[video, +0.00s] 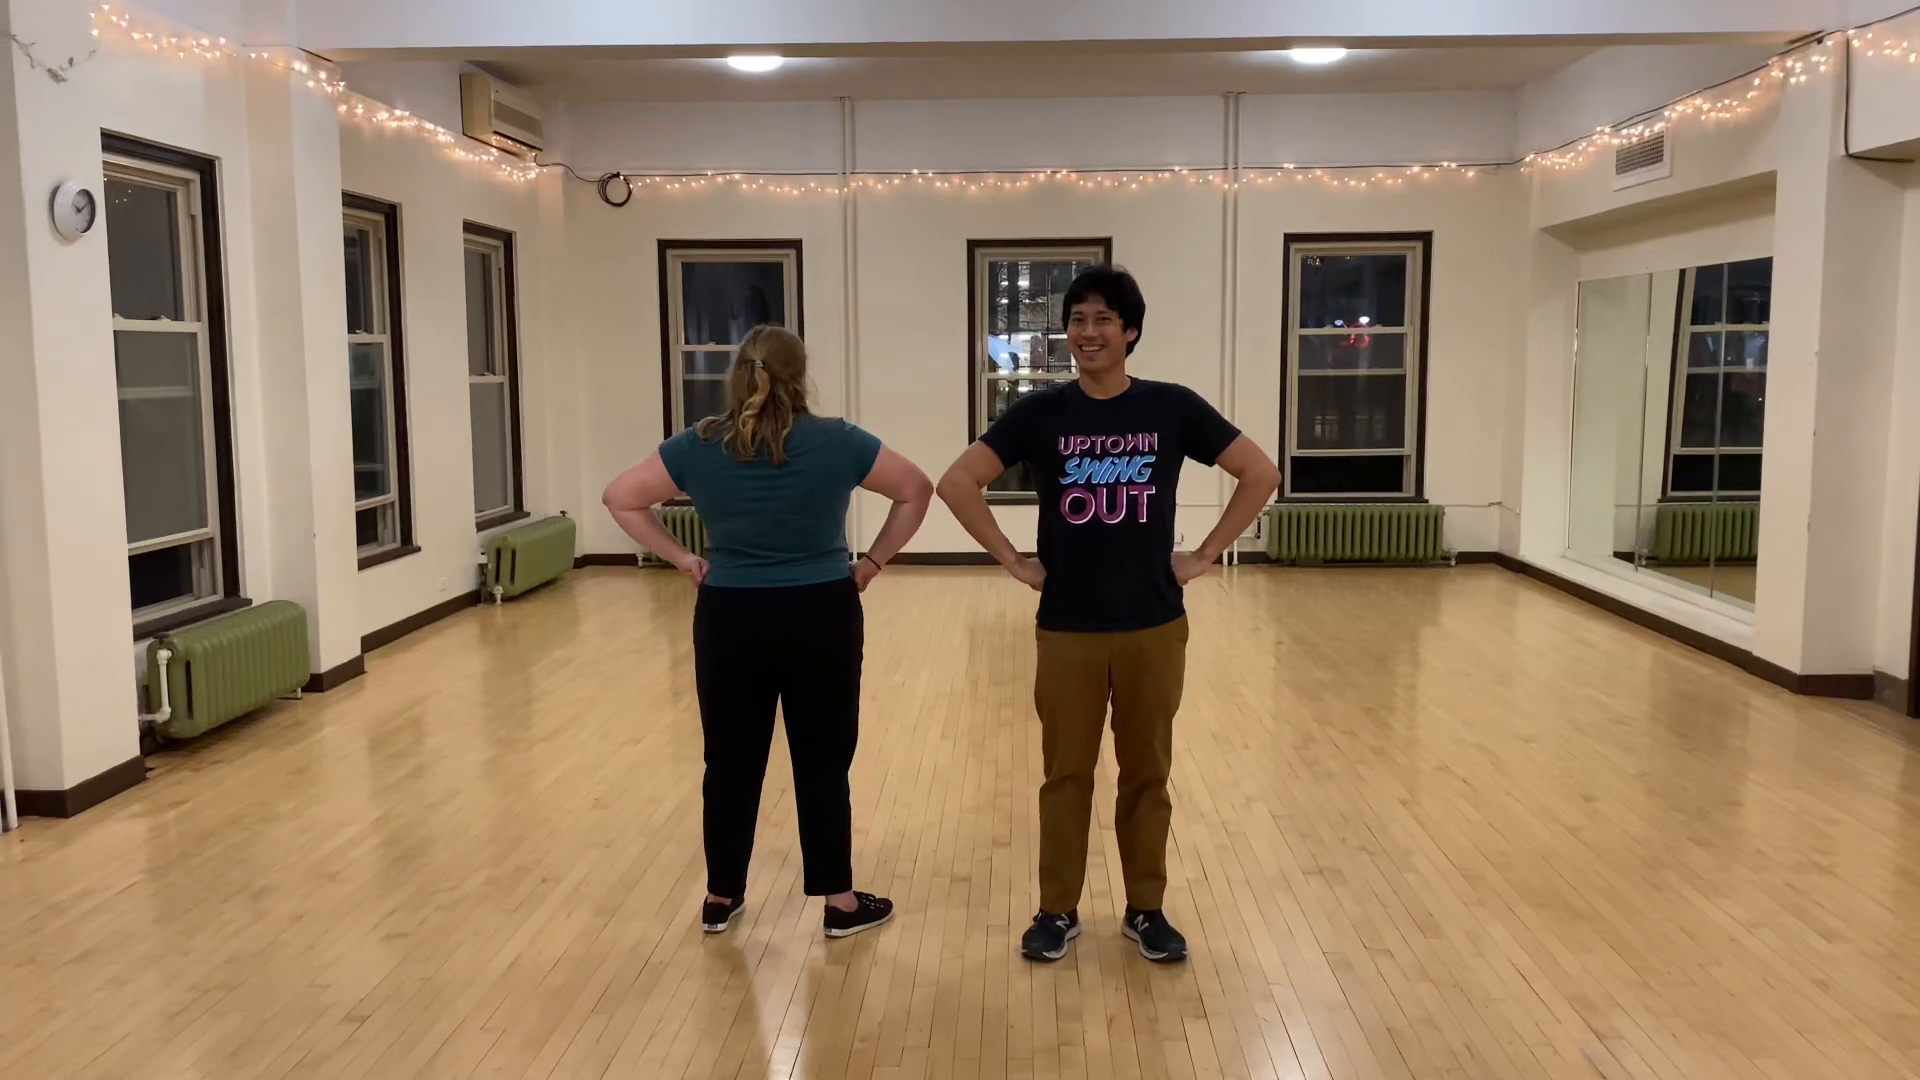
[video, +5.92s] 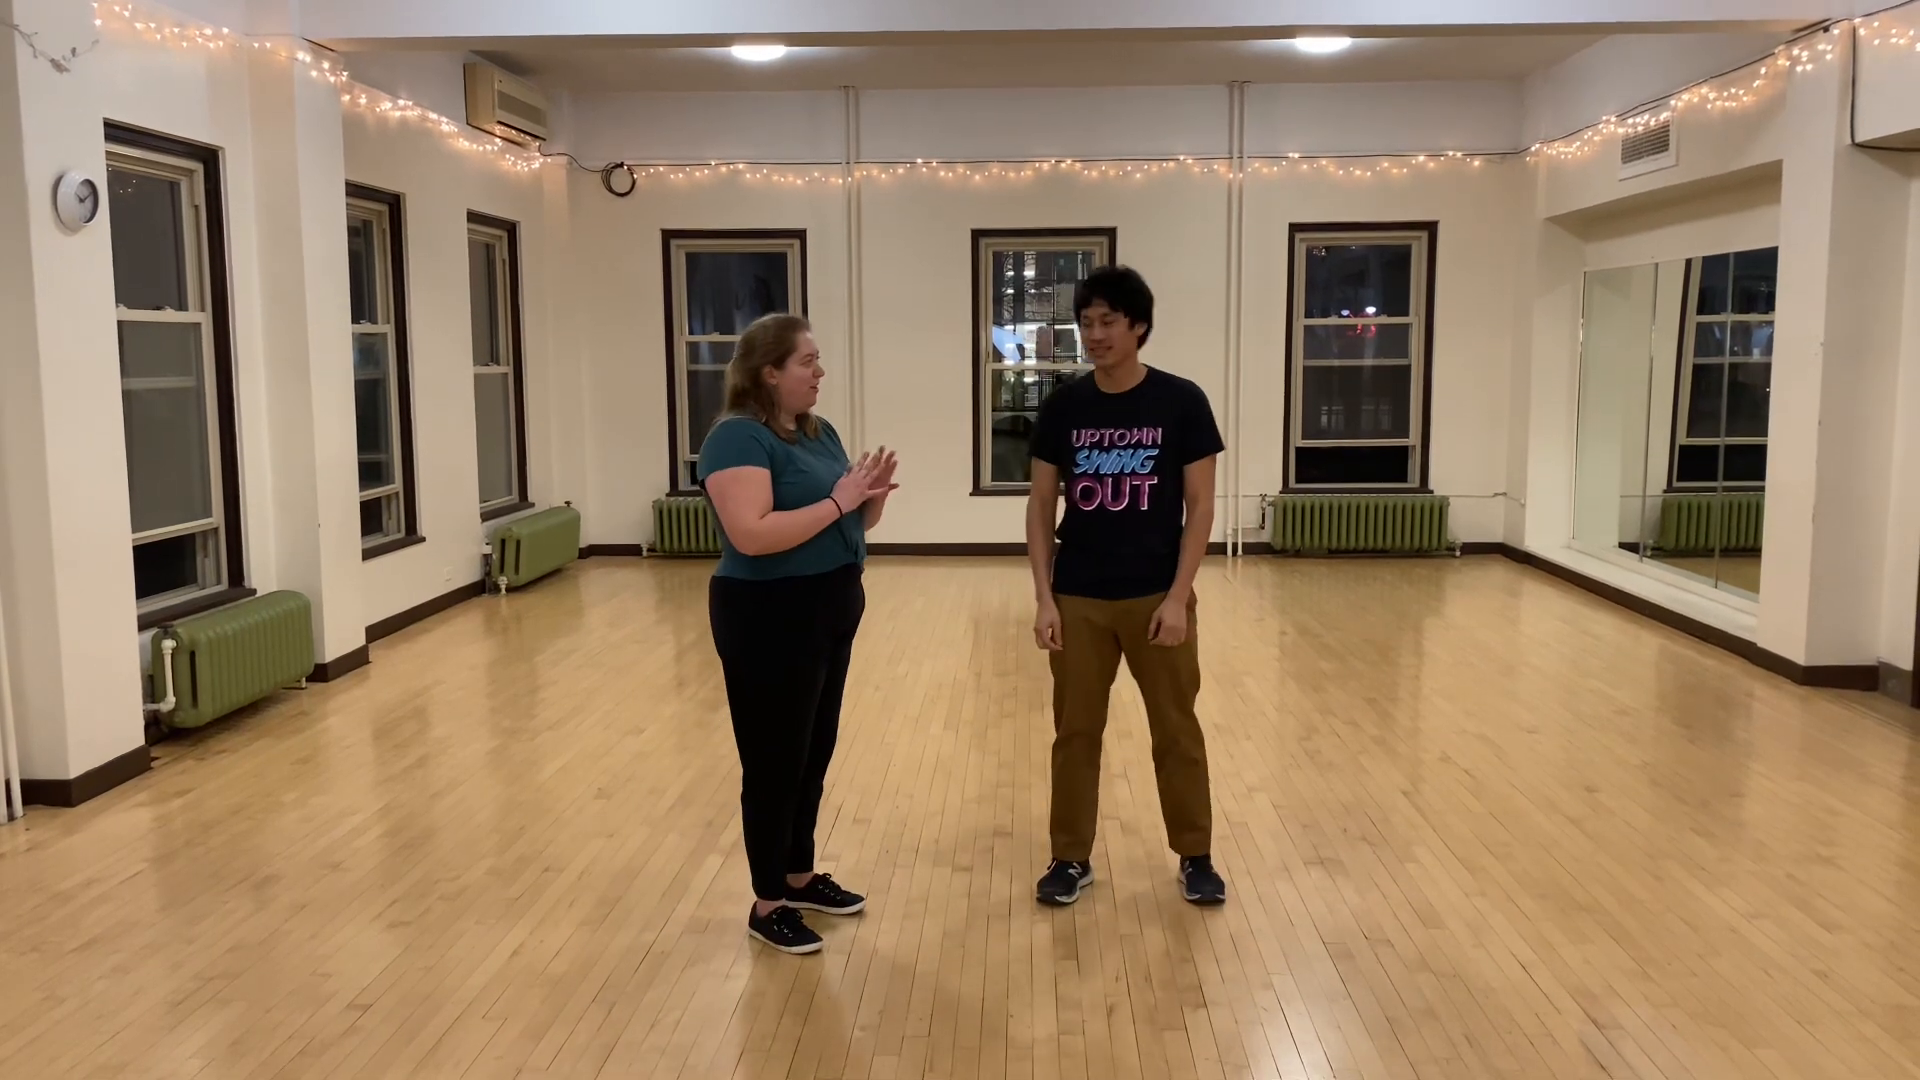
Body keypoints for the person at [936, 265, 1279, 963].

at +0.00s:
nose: (1088, 332)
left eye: (1103, 320)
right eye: (1078, 320)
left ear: (1130, 332)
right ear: (1065, 331)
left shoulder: (1172, 407)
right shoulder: (1040, 414)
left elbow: (1262, 474)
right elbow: (956, 483)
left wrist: (1202, 555)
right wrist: (1013, 559)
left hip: (1154, 620)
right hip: (1068, 623)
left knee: (1147, 774)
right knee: (1067, 774)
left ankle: (1146, 910)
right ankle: (1056, 912)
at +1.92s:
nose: (1124, 330)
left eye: (1138, 318)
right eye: (1112, 319)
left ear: (1165, 326)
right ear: (1099, 329)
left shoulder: (1203, 405)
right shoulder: (1079, 408)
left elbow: (1287, 481)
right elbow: (1029, 487)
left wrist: (1226, 554)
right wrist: (959, 484)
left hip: (1167, 620)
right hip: (1083, 619)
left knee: (1164, 767)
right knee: (1081, 766)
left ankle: (1164, 902)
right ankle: (1076, 901)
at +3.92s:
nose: (1093, 345)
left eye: (1108, 331)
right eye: (1084, 332)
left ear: (1137, 337)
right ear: (1074, 340)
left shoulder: (1187, 402)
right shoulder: (1067, 417)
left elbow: (1278, 466)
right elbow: (1066, 517)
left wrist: (1231, 554)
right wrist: (1043, 433)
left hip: (1175, 617)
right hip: (1091, 620)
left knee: (1164, 773)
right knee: (1079, 771)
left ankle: (1152, 906)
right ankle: (1062, 906)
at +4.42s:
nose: (1108, 340)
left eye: (1121, 326)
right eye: (1096, 329)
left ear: (1151, 333)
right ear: (1087, 342)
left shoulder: (1198, 402)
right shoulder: (1074, 428)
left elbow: (1260, 480)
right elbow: (1066, 547)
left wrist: (1259, 571)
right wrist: (1070, 519)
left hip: (1197, 620)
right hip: (1117, 626)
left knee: (1170, 771)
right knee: (1096, 771)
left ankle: (1149, 905)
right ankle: (1062, 904)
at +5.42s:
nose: (1045, 338)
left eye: (1058, 328)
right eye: (1044, 326)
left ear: (1098, 334)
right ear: (1055, 332)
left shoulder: (1154, 409)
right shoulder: (1037, 408)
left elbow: (1179, 518)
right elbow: (1010, 504)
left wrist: (1164, 610)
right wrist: (998, 592)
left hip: (1138, 607)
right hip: (1059, 607)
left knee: (1148, 754)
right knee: (1064, 743)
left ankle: (1154, 895)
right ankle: (1070, 861)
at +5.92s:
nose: (1097, 333)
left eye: (1110, 321)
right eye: (1088, 322)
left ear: (1140, 327)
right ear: (1078, 330)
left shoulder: (1182, 402)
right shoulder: (1062, 406)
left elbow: (1201, 507)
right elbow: (1040, 505)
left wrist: (1180, 594)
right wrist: (1044, 596)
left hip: (1158, 601)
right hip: (1078, 601)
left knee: (1177, 733)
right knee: (1074, 735)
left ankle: (1195, 855)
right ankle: (1069, 857)